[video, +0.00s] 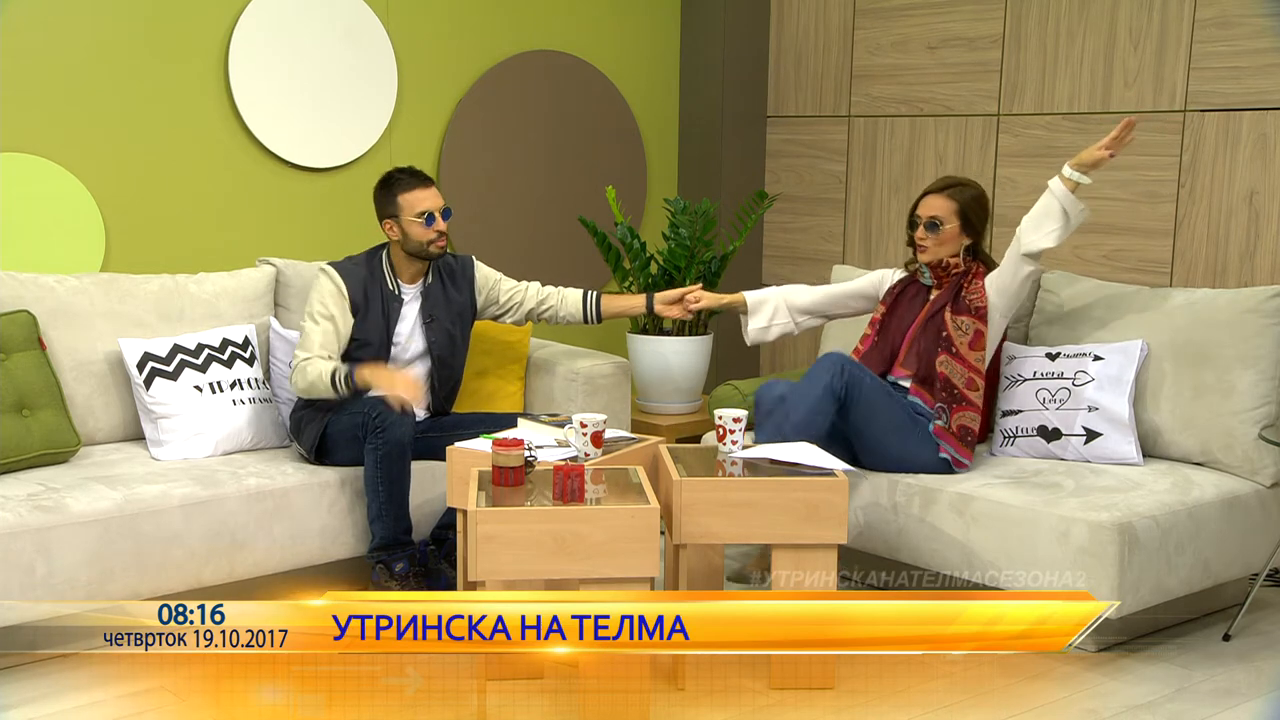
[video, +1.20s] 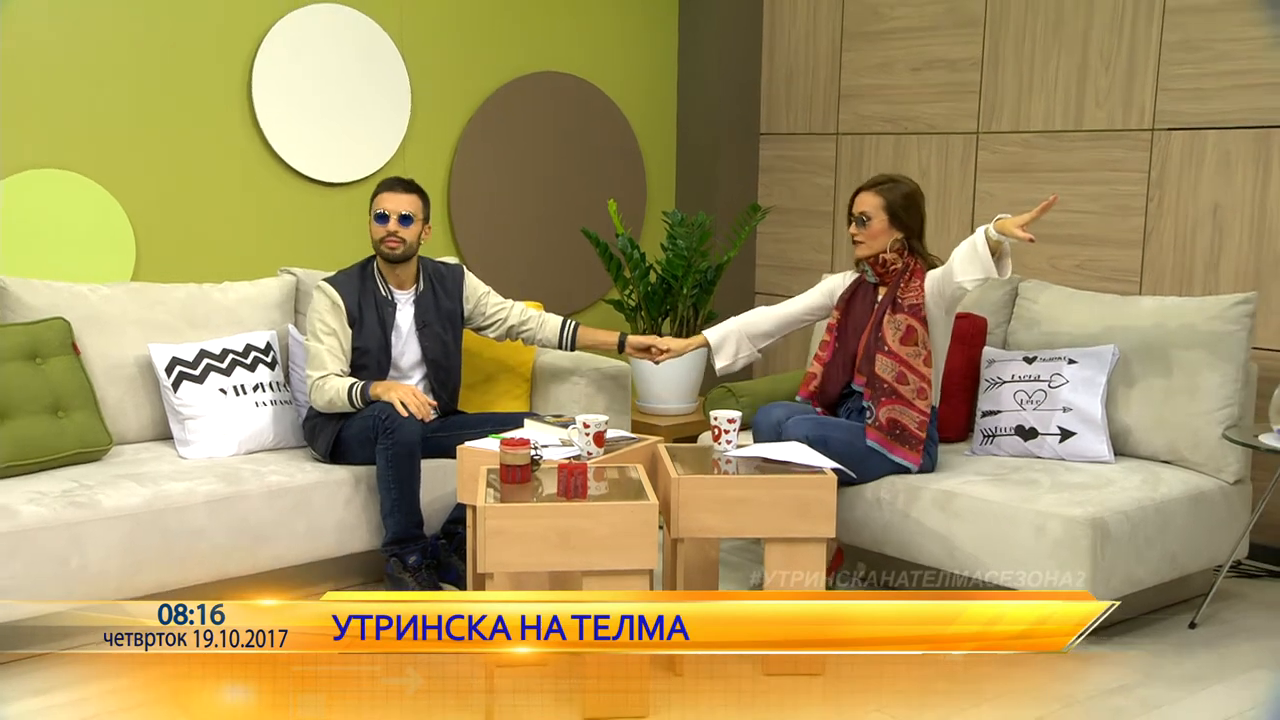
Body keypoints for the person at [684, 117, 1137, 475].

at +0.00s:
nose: (920, 235)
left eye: (934, 226)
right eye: (917, 226)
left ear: (969, 234)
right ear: (913, 232)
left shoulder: (991, 294)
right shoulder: (896, 285)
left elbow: (1028, 247)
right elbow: (816, 299)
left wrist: (1076, 171)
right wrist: (725, 300)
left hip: (931, 437)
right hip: (864, 423)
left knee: (836, 368)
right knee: (772, 398)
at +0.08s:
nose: (913, 233)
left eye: (927, 222)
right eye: (909, 222)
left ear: (962, 228)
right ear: (905, 229)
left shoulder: (988, 293)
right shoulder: (890, 284)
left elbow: (1024, 248)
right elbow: (806, 311)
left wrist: (1067, 178)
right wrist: (714, 306)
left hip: (931, 430)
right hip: (869, 415)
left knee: (824, 388)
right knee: (782, 395)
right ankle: (762, 532)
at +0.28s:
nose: (882, 220)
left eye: (897, 209)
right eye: (877, 210)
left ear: (929, 216)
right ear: (870, 219)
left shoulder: (954, 279)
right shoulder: (857, 281)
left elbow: (992, 249)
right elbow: (786, 334)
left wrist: (1027, 212)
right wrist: (704, 331)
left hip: (925, 433)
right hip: (861, 417)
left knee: (808, 427)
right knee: (779, 418)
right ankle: (819, 560)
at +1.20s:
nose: (852, 231)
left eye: (864, 221)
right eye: (852, 221)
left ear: (900, 227)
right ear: (856, 229)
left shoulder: (931, 287)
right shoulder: (849, 285)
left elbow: (961, 269)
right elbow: (778, 315)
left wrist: (994, 232)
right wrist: (694, 343)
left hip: (900, 437)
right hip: (845, 418)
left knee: (799, 433)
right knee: (768, 418)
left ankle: (819, 550)